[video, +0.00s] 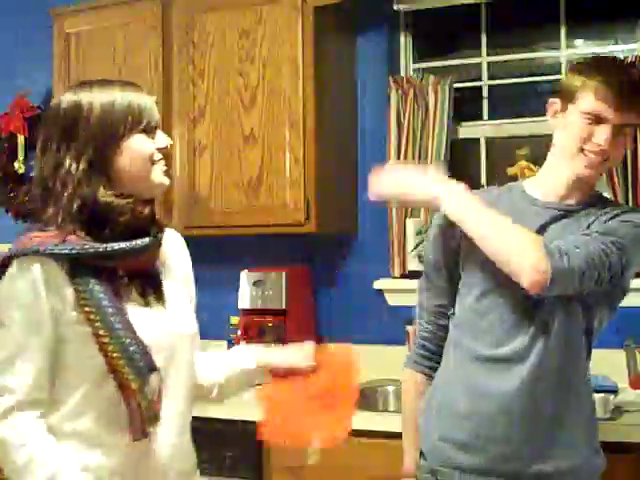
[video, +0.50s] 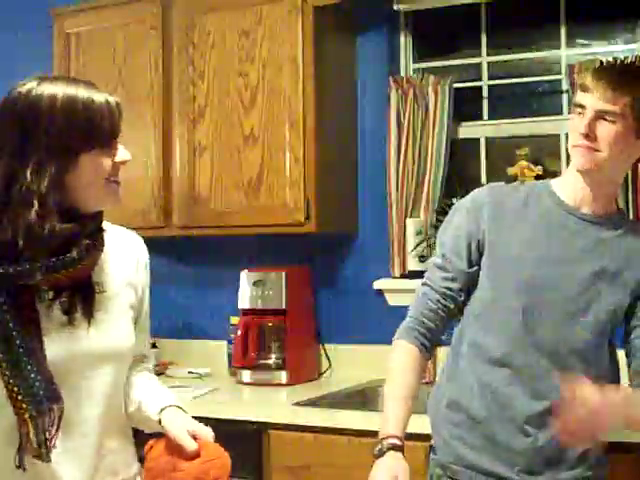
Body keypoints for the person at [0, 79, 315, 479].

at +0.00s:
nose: (166, 142)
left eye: (159, 129)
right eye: (146, 131)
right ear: (91, 152)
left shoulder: (170, 250)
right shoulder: (36, 272)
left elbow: (177, 378)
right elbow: (15, 416)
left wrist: (261, 359)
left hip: (172, 470)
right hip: (88, 472)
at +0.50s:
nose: (123, 156)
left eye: (116, 143)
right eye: (104, 145)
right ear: (45, 160)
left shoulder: (127, 254)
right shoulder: (7, 260)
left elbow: (132, 372)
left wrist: (170, 414)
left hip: (114, 470)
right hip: (24, 471)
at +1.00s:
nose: (218, 162)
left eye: (216, 147)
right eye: (202, 147)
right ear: (147, 152)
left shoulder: (211, 255)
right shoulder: (74, 277)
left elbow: (205, 390)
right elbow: (43, 445)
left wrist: (282, 406)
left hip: (210, 471)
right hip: (122, 471)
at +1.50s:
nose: (308, 159)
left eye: (307, 142)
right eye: (292, 141)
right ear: (236, 147)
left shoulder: (300, 251)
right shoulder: (171, 267)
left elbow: (359, 365)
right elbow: (135, 430)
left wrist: (466, 348)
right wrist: (234, 478)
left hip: (293, 468)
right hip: (215, 471)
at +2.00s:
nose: (363, 150)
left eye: (361, 133)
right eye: (346, 132)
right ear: (290, 137)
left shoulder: (330, 249)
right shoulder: (221, 263)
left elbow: (341, 394)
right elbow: (176, 434)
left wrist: (398, 451)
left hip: (351, 470)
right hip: (274, 468)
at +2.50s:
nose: (386, 149)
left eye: (384, 133)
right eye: (377, 133)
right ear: (331, 140)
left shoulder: (320, 259)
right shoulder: (253, 269)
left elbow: (332, 401)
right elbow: (196, 441)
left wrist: (408, 440)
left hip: (356, 469)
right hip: (292, 470)